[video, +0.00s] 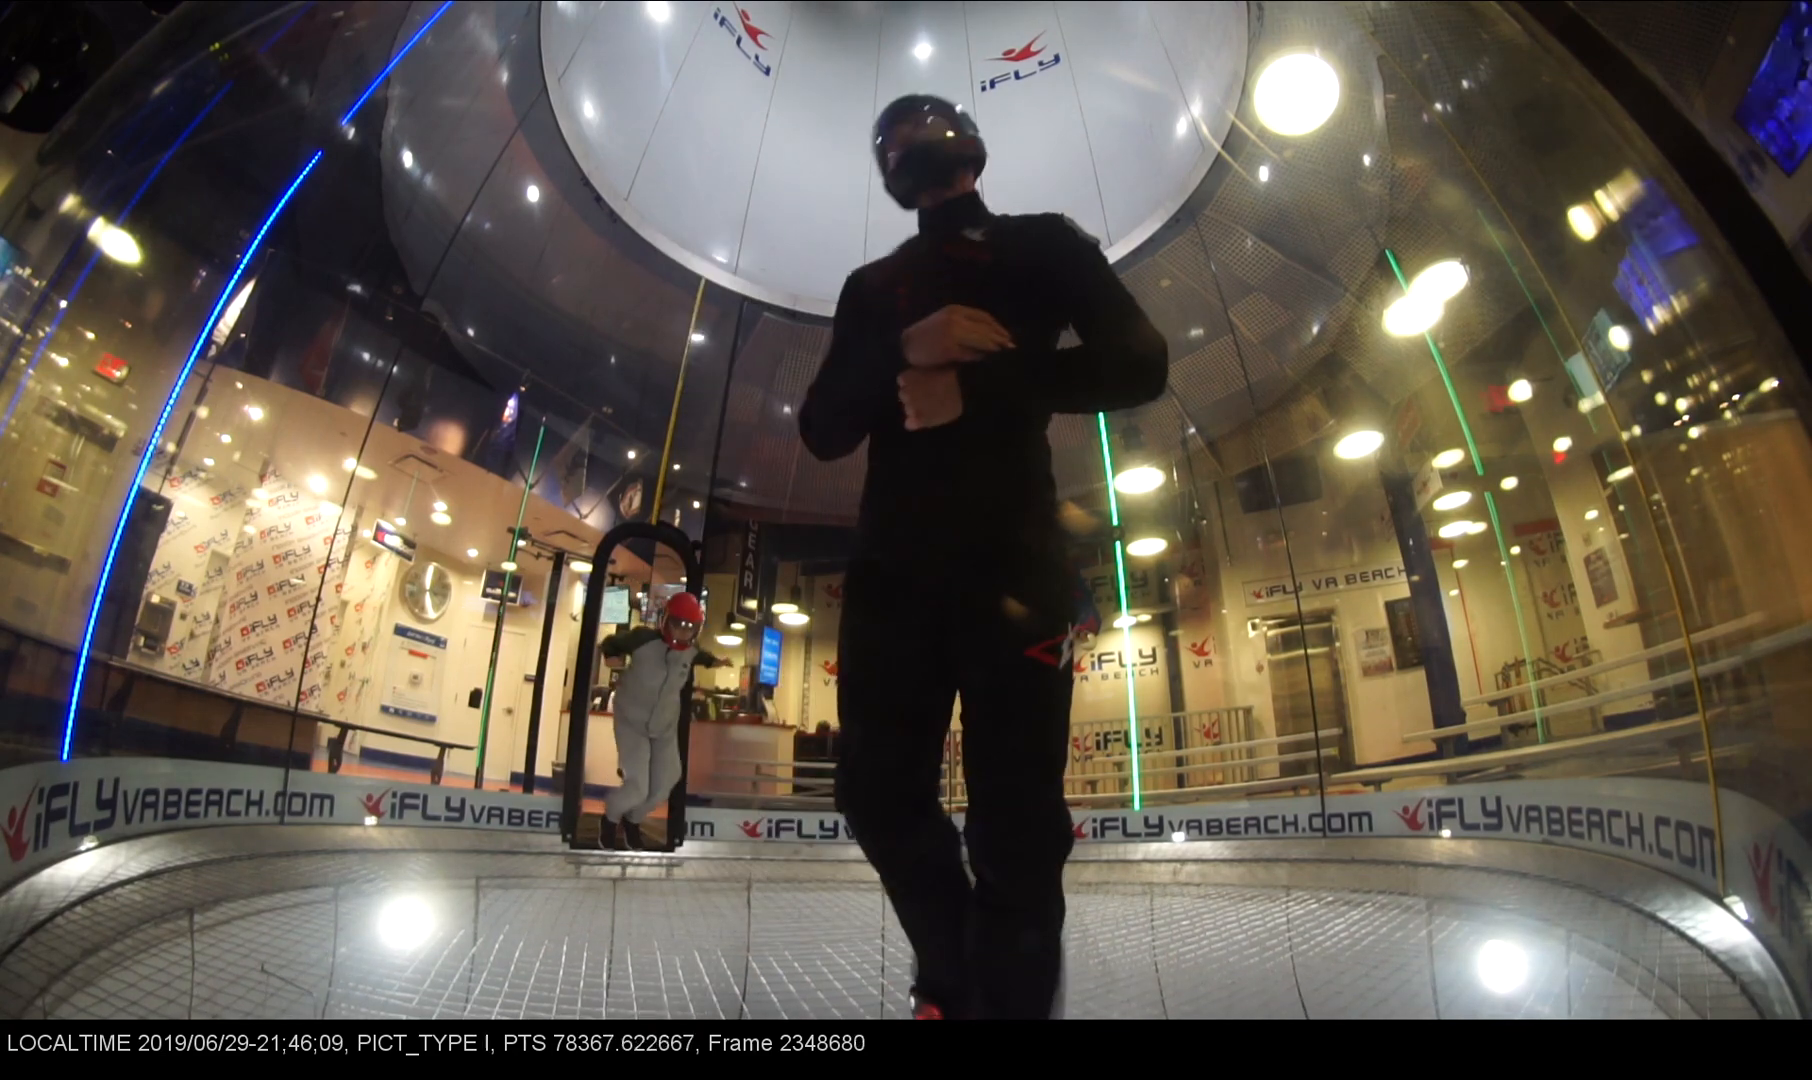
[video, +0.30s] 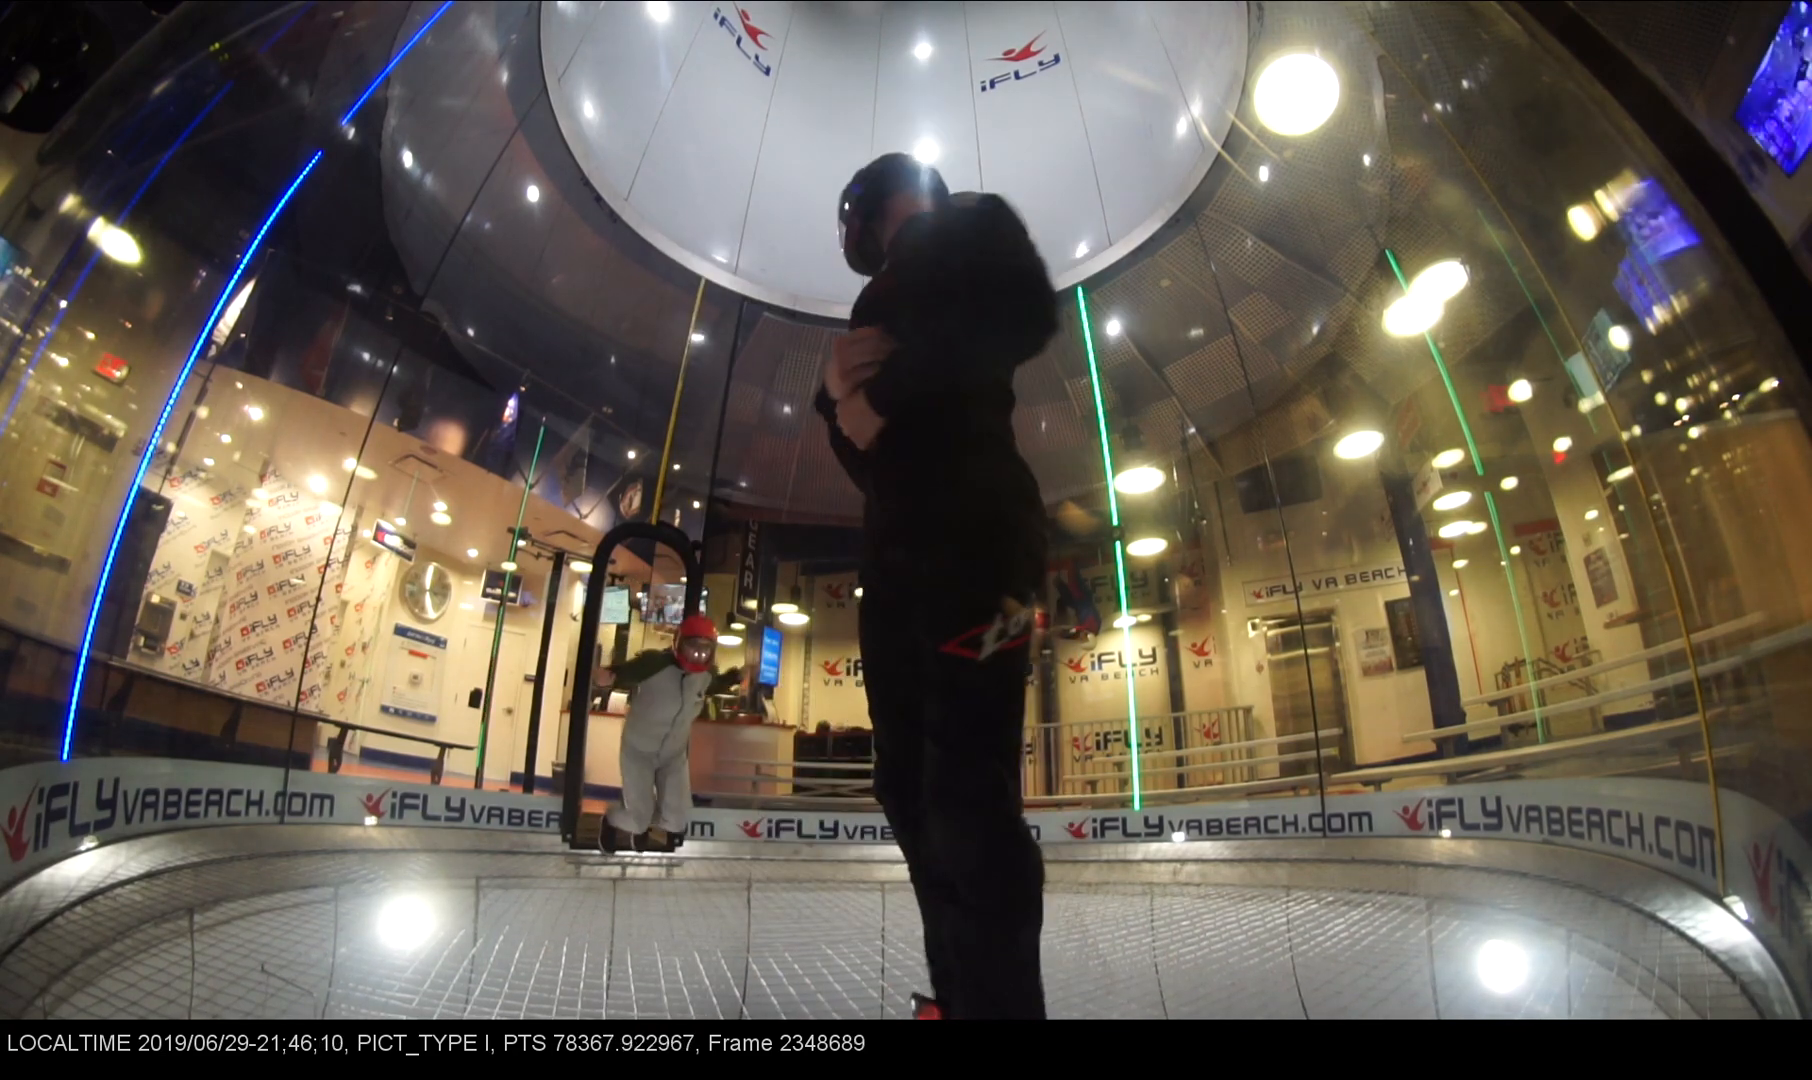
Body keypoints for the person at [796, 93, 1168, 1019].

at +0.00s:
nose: (915, 150)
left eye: (934, 131)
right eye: (896, 144)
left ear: (975, 156)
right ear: (885, 178)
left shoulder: (1044, 243)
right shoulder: (870, 291)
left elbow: (1141, 364)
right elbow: (823, 431)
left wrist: (980, 385)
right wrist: (898, 344)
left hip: (1015, 560)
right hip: (897, 569)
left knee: (1017, 811)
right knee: (880, 794)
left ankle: (1016, 1003)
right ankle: (957, 980)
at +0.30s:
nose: (845, 238)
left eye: (852, 220)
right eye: (842, 230)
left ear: (890, 201)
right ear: (872, 230)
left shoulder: (970, 219)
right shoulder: (875, 308)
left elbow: (1026, 316)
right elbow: (869, 460)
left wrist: (881, 390)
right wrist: (836, 401)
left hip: (974, 538)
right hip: (902, 551)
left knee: (968, 789)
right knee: (908, 785)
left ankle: (998, 1003)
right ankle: (957, 992)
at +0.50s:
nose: (839, 268)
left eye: (839, 252)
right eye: (836, 258)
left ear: (858, 226)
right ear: (902, 212)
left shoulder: (904, 247)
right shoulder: (914, 268)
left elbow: (885, 381)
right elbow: (907, 420)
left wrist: (821, 410)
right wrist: (839, 440)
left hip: (929, 548)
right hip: (936, 544)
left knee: (889, 803)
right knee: (909, 801)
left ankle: (985, 1006)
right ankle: (954, 996)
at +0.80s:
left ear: (827, 224)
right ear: (878, 216)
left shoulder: (870, 251)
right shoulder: (903, 268)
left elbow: (771, 321)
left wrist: (801, 407)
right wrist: (806, 425)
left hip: (914, 526)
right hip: (925, 523)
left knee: (852, 801)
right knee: (901, 804)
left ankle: (952, 1005)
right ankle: (966, 1004)